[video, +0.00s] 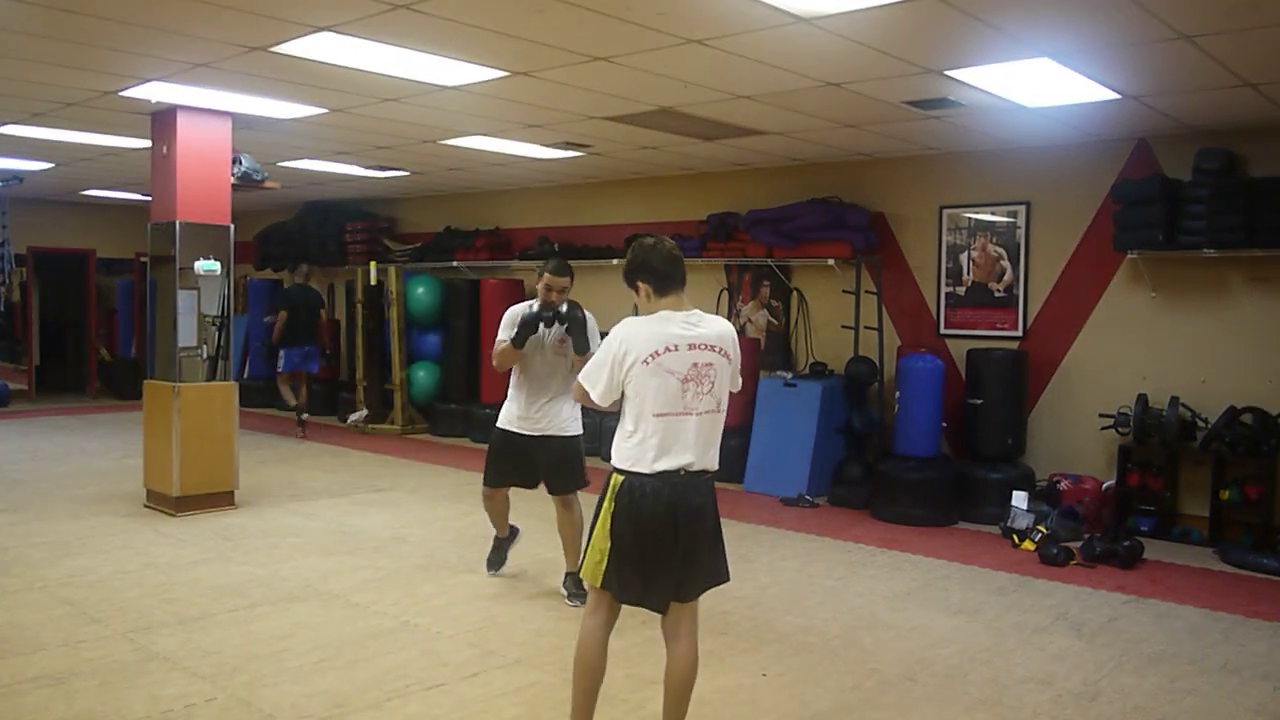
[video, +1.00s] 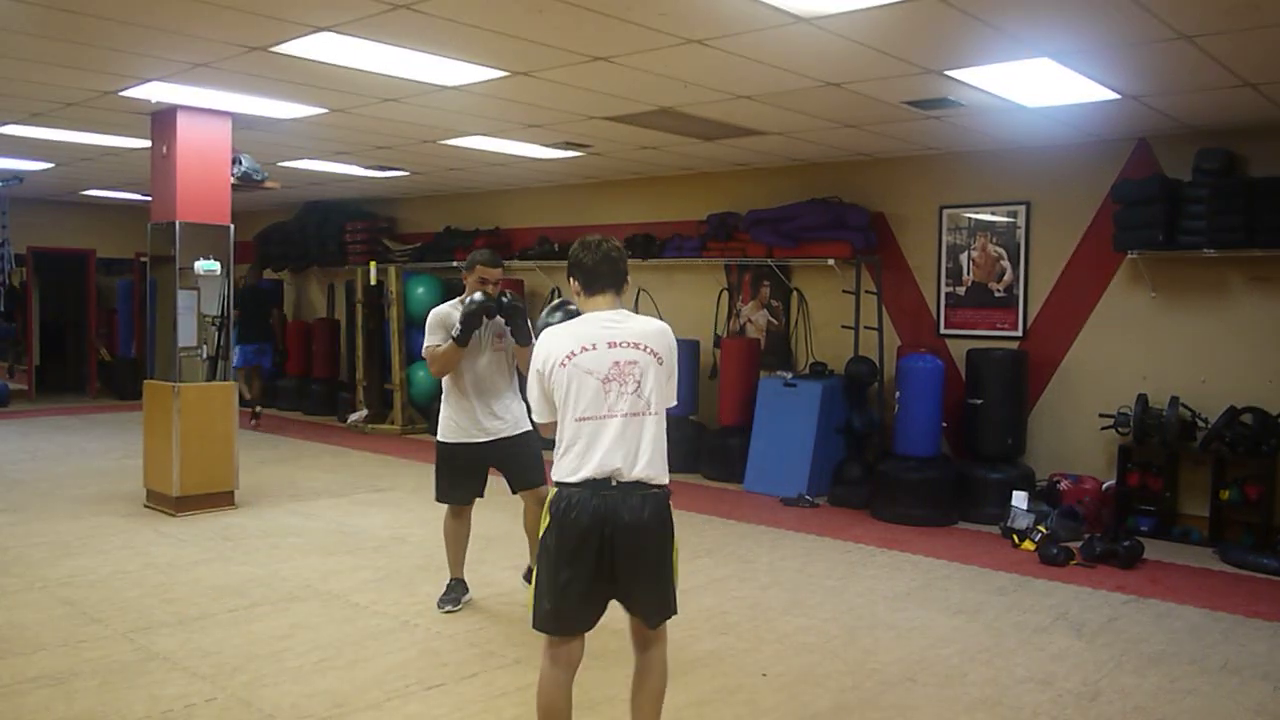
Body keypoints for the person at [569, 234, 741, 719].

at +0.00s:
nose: (636, 300)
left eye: (634, 291)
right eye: (635, 291)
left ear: (642, 287)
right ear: (683, 280)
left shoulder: (631, 334)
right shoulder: (724, 332)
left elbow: (591, 393)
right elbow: (726, 390)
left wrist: (648, 391)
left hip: (631, 494)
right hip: (696, 495)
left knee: (598, 613)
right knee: (682, 627)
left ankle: (579, 716)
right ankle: (673, 718)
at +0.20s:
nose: (636, 296)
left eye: (635, 287)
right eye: (637, 287)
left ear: (644, 285)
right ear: (686, 280)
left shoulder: (630, 334)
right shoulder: (725, 333)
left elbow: (580, 396)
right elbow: (735, 394)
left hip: (633, 496)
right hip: (698, 497)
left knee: (602, 612)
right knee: (683, 632)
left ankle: (591, 716)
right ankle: (674, 718)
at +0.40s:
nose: (631, 286)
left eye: (630, 279)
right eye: (632, 279)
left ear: (637, 281)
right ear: (684, 280)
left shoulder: (619, 335)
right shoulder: (716, 335)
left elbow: (580, 418)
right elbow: (738, 408)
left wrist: (625, 387)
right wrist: (688, 394)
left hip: (626, 498)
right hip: (691, 498)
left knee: (595, 615)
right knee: (682, 635)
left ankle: (581, 717)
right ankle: (674, 719)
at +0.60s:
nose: (614, 288)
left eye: (614, 281)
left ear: (619, 284)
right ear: (666, 281)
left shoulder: (597, 340)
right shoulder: (699, 336)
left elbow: (582, 430)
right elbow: (713, 414)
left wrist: (633, 405)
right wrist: (663, 402)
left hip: (611, 503)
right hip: (679, 503)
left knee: (579, 633)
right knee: (673, 640)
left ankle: (558, 718)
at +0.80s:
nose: (590, 289)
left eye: (588, 282)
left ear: (589, 286)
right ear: (640, 284)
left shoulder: (566, 342)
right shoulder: (671, 339)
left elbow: (562, 422)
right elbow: (674, 408)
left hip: (586, 511)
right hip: (655, 511)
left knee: (568, 647)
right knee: (659, 641)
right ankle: (665, 719)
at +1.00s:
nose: (569, 287)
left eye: (569, 281)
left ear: (573, 284)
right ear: (627, 281)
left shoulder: (551, 341)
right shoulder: (659, 334)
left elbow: (547, 427)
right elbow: (660, 407)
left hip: (575, 512)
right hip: (645, 511)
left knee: (559, 654)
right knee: (650, 642)